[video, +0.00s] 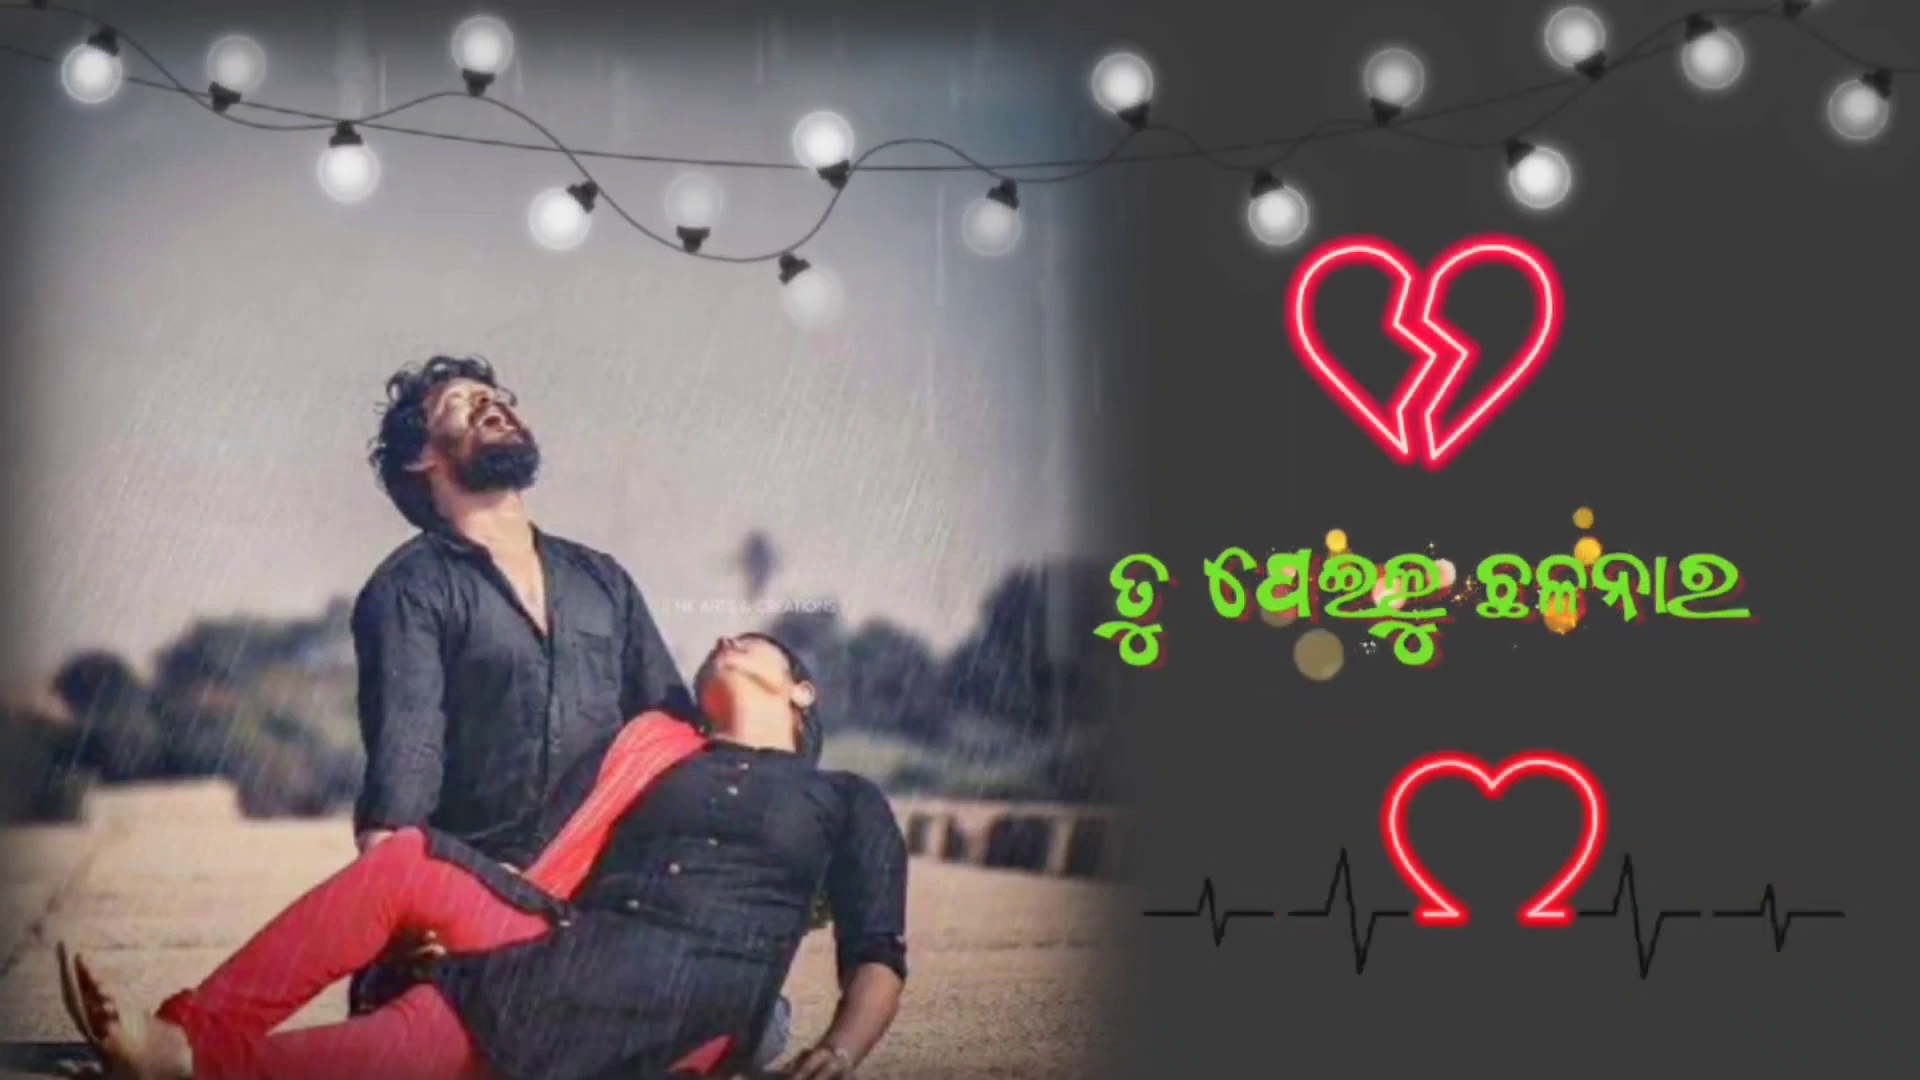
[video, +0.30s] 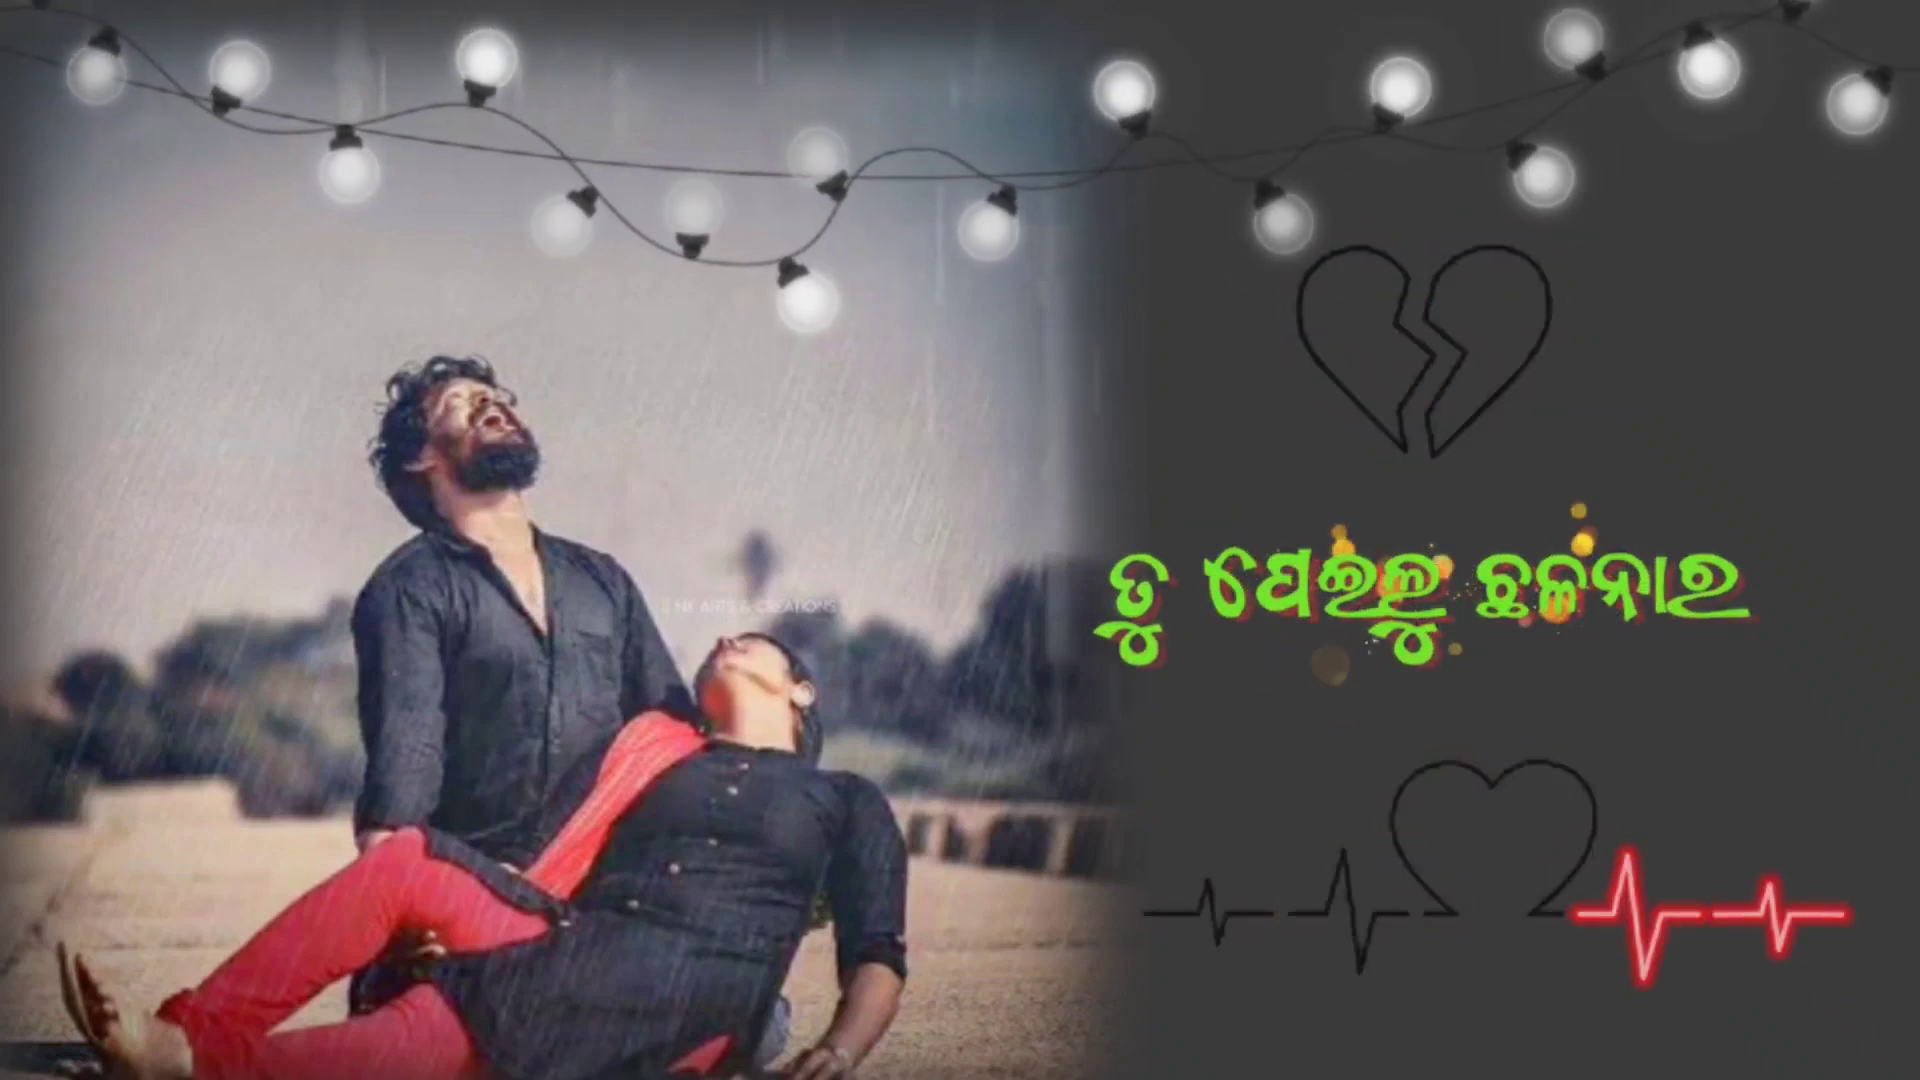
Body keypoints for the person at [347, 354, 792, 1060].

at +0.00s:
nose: (497, 408)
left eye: (502, 401)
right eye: (463, 406)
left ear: (525, 438)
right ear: (422, 462)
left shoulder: (602, 579)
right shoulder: (410, 588)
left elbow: (678, 728)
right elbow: (404, 752)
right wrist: (388, 902)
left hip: (617, 882)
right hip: (462, 890)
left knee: (761, 1022)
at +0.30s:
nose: (496, 408)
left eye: (502, 401)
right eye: (463, 406)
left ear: (525, 438)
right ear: (421, 462)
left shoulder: (602, 578)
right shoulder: (410, 587)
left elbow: (678, 728)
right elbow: (404, 754)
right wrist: (387, 904)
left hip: (617, 883)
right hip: (462, 890)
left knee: (760, 1022)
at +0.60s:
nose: (496, 408)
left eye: (502, 401)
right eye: (463, 406)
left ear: (525, 438)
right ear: (421, 462)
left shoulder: (602, 578)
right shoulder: (410, 587)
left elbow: (678, 728)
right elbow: (404, 753)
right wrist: (387, 904)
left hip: (617, 883)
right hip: (462, 890)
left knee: (760, 1022)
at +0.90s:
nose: (496, 408)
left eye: (502, 401)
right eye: (463, 406)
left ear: (525, 438)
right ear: (421, 462)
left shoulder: (602, 578)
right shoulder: (410, 587)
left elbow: (678, 728)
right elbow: (404, 753)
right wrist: (387, 904)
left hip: (617, 883)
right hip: (462, 890)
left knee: (760, 1022)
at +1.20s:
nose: (496, 408)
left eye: (502, 401)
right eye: (463, 406)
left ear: (525, 438)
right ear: (421, 462)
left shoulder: (602, 578)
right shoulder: (410, 587)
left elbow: (678, 728)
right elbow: (404, 753)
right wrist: (387, 904)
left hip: (617, 883)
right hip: (462, 890)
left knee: (760, 1022)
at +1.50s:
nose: (496, 408)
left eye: (502, 401)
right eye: (463, 406)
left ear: (525, 438)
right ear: (421, 462)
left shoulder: (602, 578)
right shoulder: (410, 587)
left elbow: (678, 728)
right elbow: (404, 753)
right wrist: (387, 904)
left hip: (617, 883)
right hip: (462, 890)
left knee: (760, 1022)